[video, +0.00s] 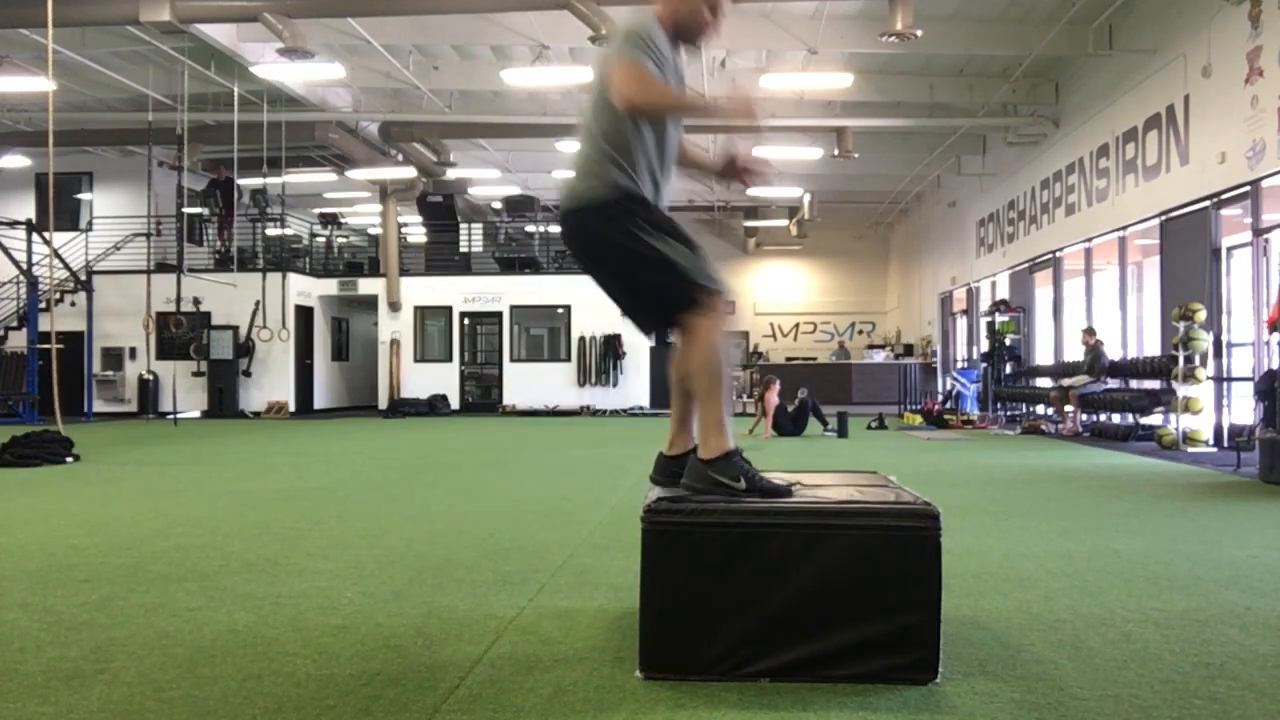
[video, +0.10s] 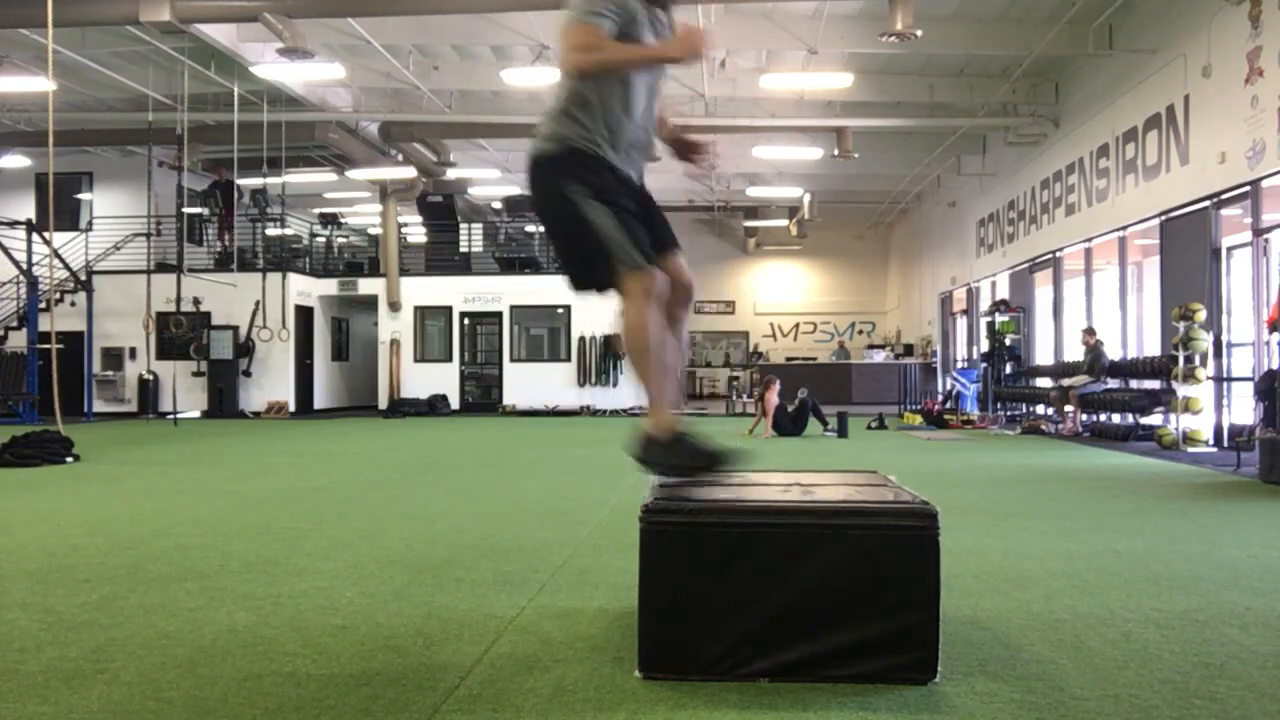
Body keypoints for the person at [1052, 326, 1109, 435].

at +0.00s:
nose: (1082, 339)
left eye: (1085, 337)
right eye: (1082, 336)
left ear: (1092, 337)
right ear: (1087, 337)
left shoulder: (1099, 353)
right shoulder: (1088, 351)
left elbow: (1096, 376)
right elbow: (1085, 372)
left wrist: (1075, 381)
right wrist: (1072, 380)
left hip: (1099, 382)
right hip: (1086, 380)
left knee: (1073, 393)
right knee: (1054, 395)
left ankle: (1076, 426)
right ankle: (1066, 425)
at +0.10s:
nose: (1082, 339)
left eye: (1085, 337)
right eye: (1082, 336)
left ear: (1092, 337)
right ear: (1087, 337)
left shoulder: (1099, 353)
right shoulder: (1088, 351)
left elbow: (1096, 376)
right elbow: (1085, 372)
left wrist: (1075, 381)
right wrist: (1072, 380)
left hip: (1099, 382)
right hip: (1086, 380)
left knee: (1073, 393)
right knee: (1054, 395)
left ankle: (1076, 426)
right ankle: (1066, 425)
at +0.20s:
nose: (1082, 340)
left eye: (1084, 337)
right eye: (1082, 336)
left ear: (1092, 338)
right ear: (1087, 338)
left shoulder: (1099, 353)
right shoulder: (1087, 351)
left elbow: (1096, 376)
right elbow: (1085, 372)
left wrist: (1074, 381)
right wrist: (1072, 380)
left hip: (1099, 382)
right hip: (1087, 380)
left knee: (1073, 392)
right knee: (1054, 395)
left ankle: (1076, 426)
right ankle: (1066, 424)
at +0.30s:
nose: (1082, 340)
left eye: (1084, 337)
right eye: (1082, 336)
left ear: (1092, 338)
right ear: (1087, 338)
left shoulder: (1099, 353)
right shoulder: (1088, 351)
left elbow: (1096, 376)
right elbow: (1085, 372)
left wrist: (1074, 381)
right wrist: (1071, 380)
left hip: (1099, 382)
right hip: (1087, 379)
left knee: (1074, 392)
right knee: (1054, 395)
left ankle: (1076, 426)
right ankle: (1066, 424)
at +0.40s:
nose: (1082, 340)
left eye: (1084, 337)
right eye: (1082, 336)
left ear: (1092, 338)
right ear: (1088, 338)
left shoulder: (1099, 353)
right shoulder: (1088, 351)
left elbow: (1095, 376)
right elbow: (1085, 372)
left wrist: (1073, 381)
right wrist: (1071, 380)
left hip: (1099, 382)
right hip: (1087, 379)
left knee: (1074, 393)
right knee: (1054, 395)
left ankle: (1076, 426)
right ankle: (1066, 424)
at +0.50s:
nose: (1082, 340)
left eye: (1084, 337)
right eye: (1082, 336)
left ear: (1092, 338)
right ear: (1087, 338)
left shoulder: (1099, 353)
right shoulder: (1088, 351)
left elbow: (1095, 377)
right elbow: (1085, 372)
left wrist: (1073, 381)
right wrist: (1071, 380)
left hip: (1099, 382)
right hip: (1087, 379)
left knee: (1074, 393)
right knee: (1054, 395)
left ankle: (1076, 426)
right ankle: (1066, 424)